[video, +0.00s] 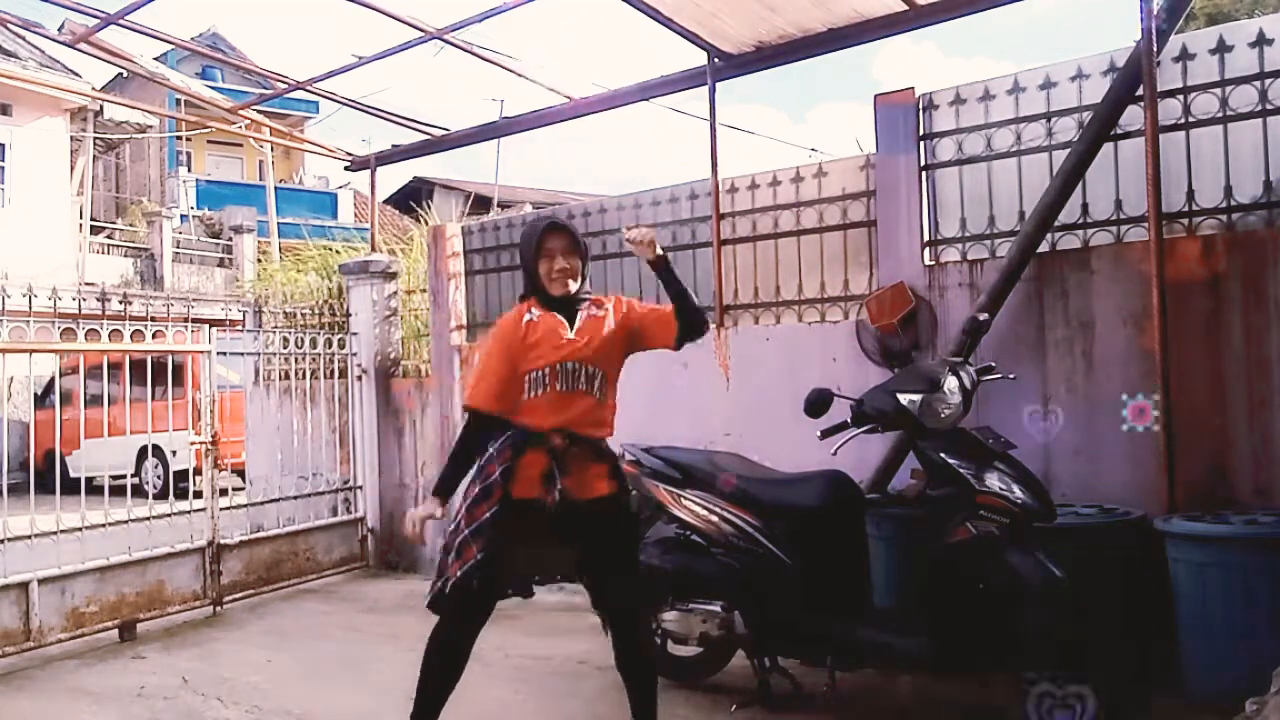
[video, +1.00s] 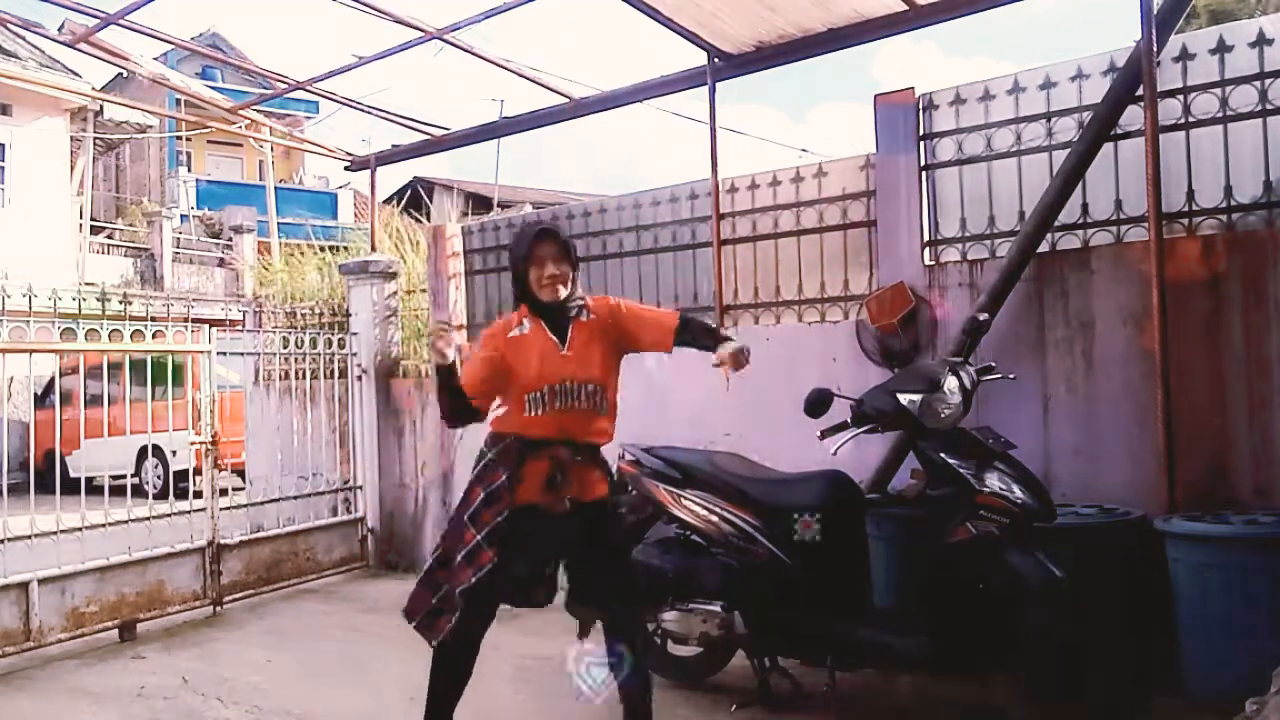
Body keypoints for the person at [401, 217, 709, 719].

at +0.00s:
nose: (560, 264)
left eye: (569, 254)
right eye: (547, 256)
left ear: (582, 260)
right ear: (532, 265)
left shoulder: (615, 315)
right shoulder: (514, 326)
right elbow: (483, 418)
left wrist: (658, 263)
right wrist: (439, 494)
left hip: (593, 489)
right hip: (516, 491)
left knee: (629, 618)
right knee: (461, 616)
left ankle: (645, 714)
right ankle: (422, 714)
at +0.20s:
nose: (547, 292)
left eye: (554, 281)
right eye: (534, 285)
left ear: (568, 287)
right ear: (518, 296)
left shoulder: (601, 329)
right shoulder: (503, 367)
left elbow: (667, 313)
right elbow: (483, 453)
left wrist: (710, 315)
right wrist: (429, 426)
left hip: (590, 519)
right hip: (522, 522)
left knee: (629, 635)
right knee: (457, 627)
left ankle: (643, 717)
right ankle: (428, 716)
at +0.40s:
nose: (511, 270)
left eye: (521, 260)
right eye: (499, 260)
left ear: (535, 267)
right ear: (481, 266)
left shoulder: (552, 328)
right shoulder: (453, 311)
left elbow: (594, 409)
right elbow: (388, 363)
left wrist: (638, 477)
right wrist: (420, 305)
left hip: (563, 486)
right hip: (484, 492)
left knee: (610, 609)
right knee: (439, 624)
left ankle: (638, 712)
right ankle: (420, 716)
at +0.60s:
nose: (510, 286)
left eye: (519, 276)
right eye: (498, 276)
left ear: (531, 284)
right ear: (477, 283)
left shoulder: (544, 345)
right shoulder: (449, 326)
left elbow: (593, 413)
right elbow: (391, 373)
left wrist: (601, 345)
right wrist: (354, 424)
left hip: (550, 474)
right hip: (478, 481)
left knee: (605, 601)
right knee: (446, 620)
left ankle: (636, 712)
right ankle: (422, 714)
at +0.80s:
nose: (537, 282)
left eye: (546, 272)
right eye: (525, 274)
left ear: (560, 278)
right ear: (509, 282)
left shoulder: (593, 321)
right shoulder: (498, 343)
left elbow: (668, 312)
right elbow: (468, 431)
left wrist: (618, 269)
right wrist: (429, 498)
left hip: (578, 508)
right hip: (504, 510)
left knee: (624, 618)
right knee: (454, 629)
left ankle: (639, 715)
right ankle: (427, 717)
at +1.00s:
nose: (552, 271)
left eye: (560, 260)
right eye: (539, 263)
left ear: (574, 265)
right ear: (522, 273)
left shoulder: (606, 316)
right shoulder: (504, 335)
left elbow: (672, 326)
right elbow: (460, 412)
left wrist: (721, 342)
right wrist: (445, 364)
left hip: (587, 486)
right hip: (516, 490)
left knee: (622, 611)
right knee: (470, 615)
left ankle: (639, 712)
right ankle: (437, 714)